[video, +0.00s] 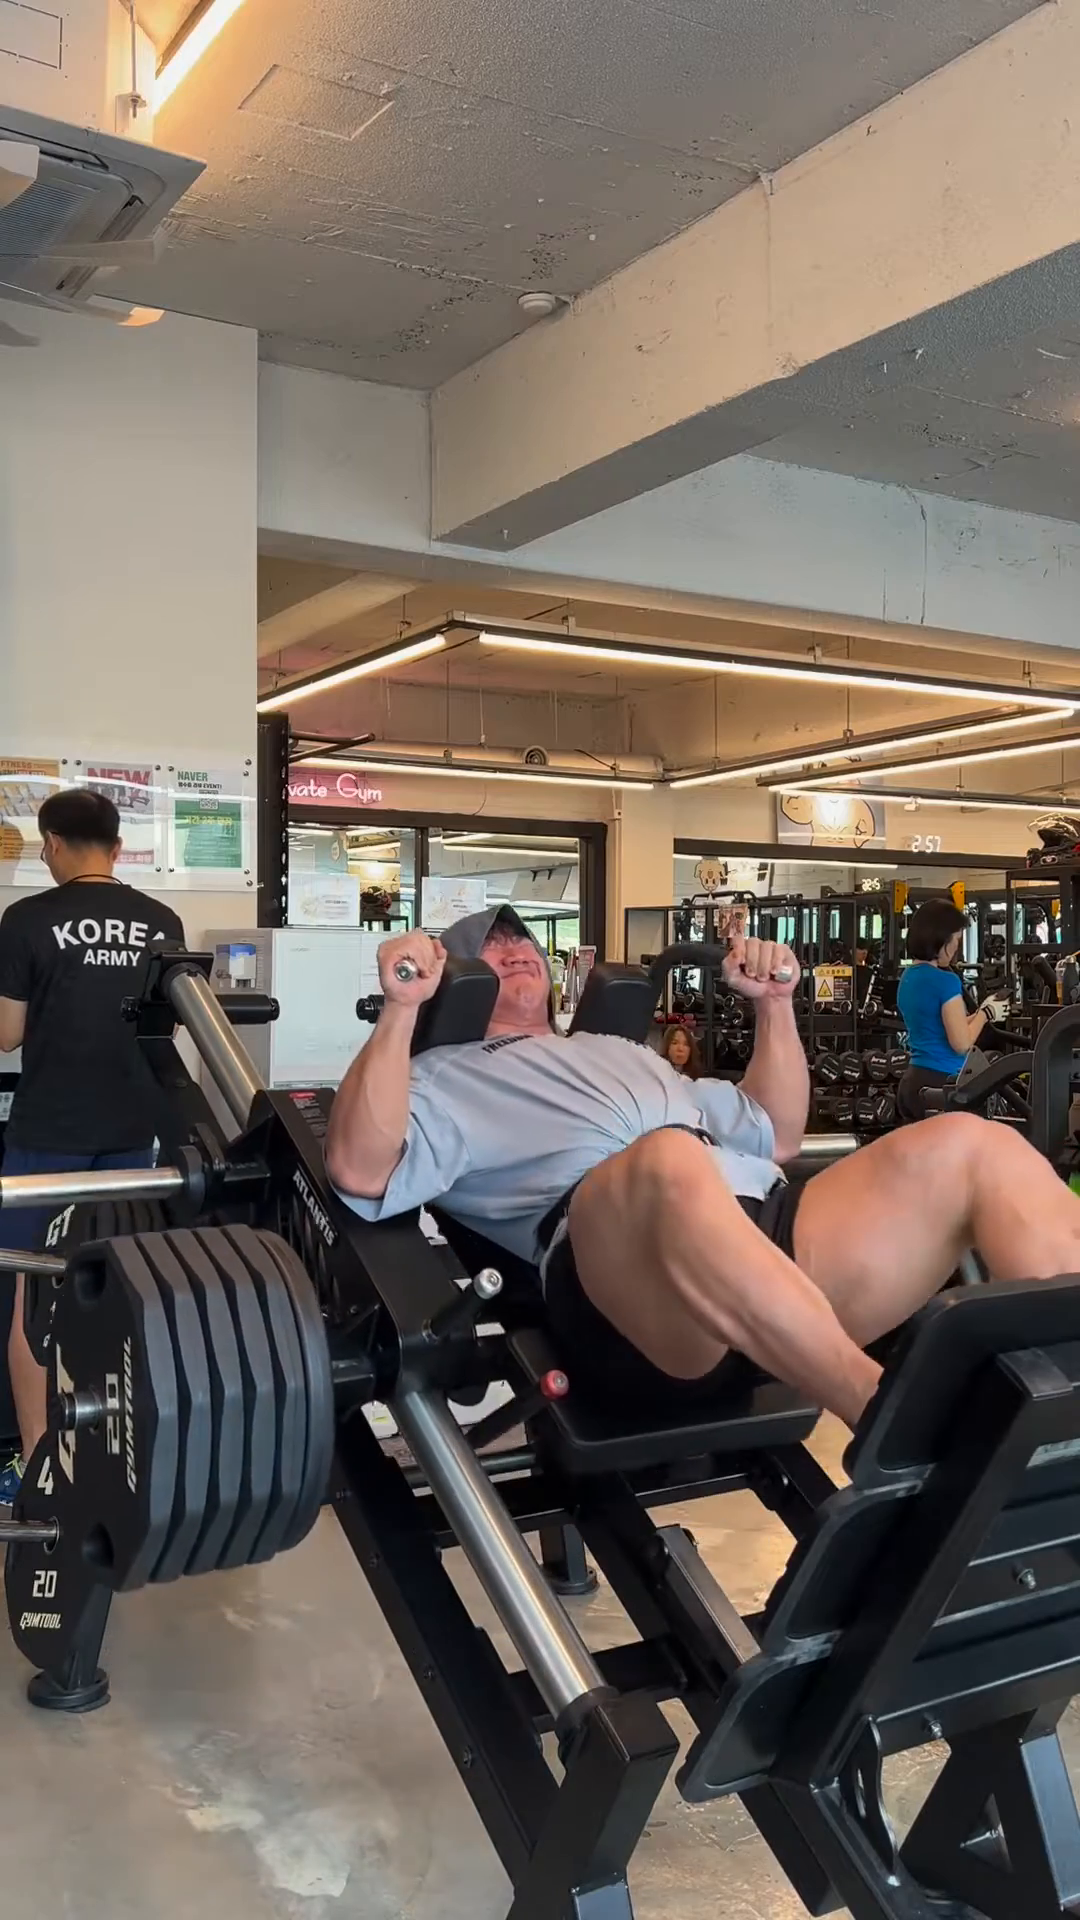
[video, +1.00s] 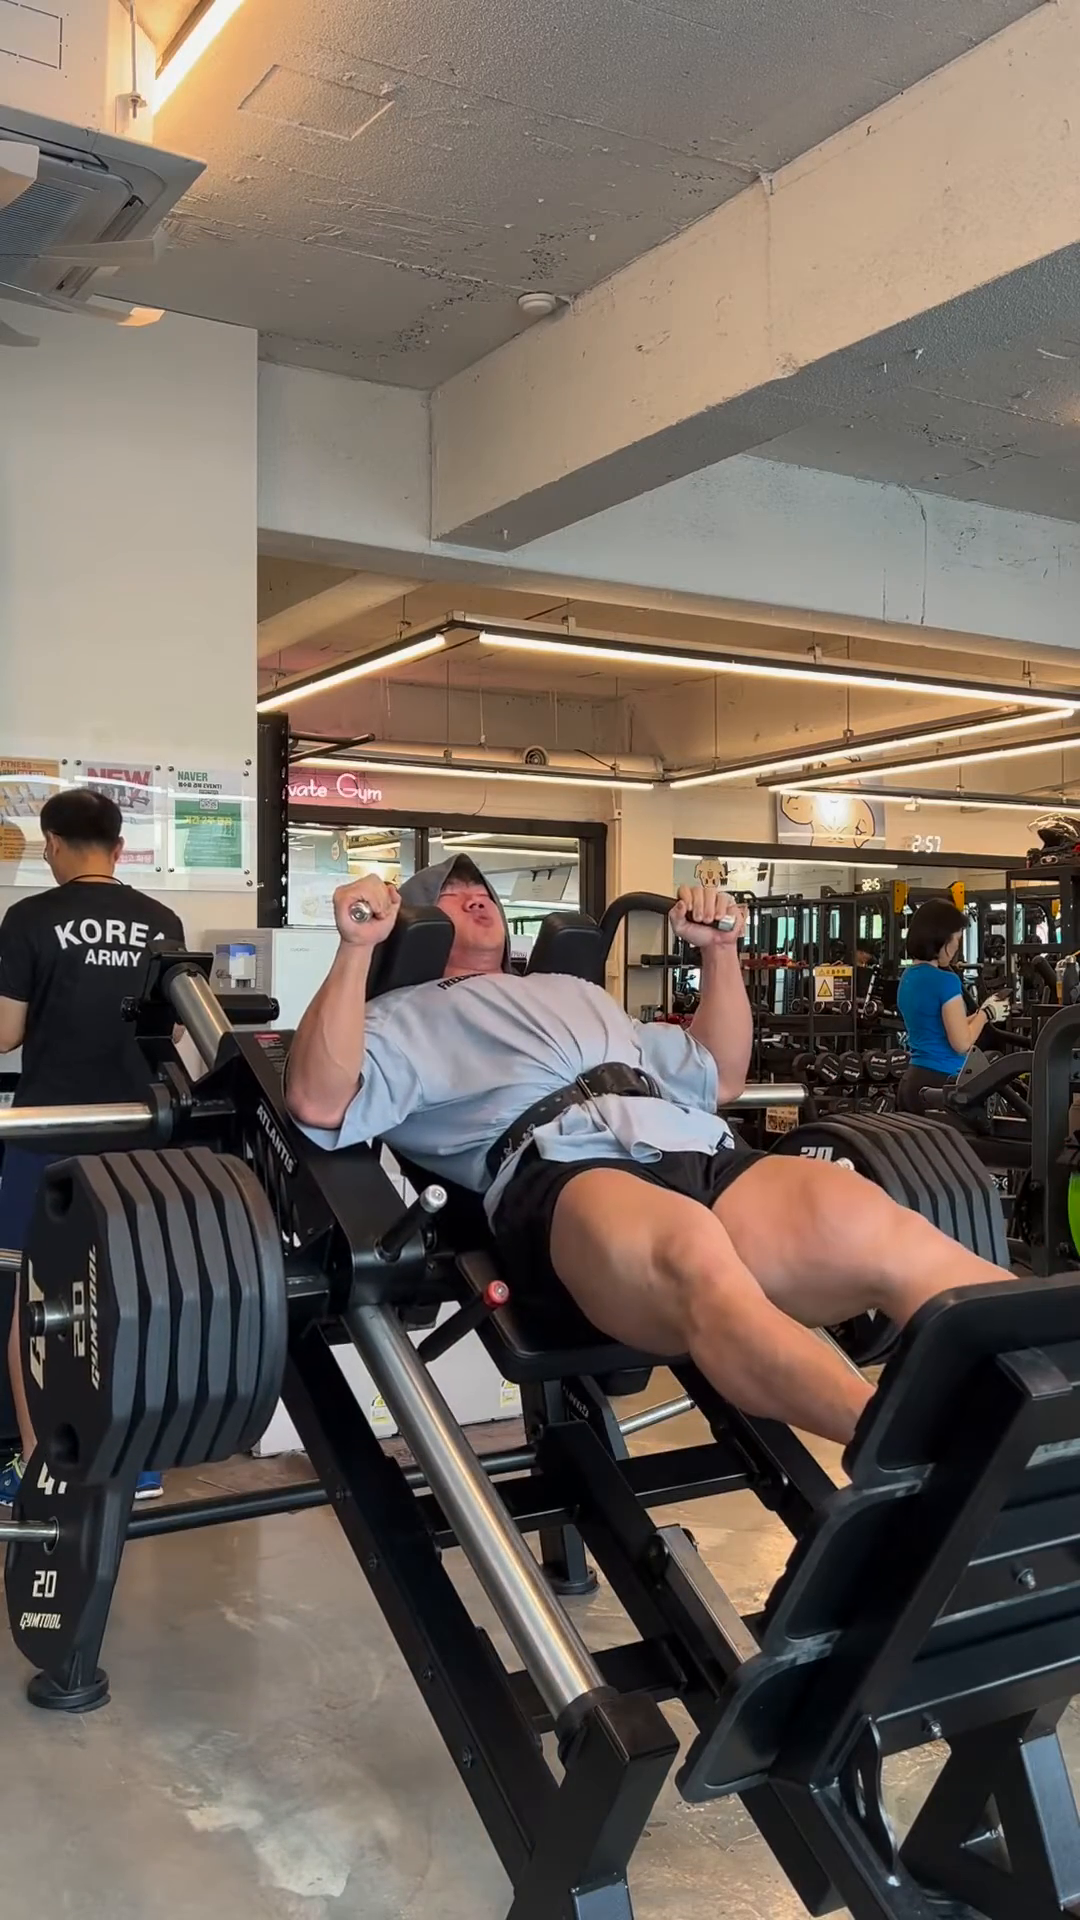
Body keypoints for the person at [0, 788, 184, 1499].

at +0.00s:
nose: (49, 858)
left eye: (47, 847)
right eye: (56, 848)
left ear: (50, 846)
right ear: (117, 848)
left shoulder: (29, 919)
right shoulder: (164, 921)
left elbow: (9, 1032)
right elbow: (170, 1021)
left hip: (50, 1130)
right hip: (142, 1128)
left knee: (23, 1297)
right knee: (128, 1287)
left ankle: (41, 1458)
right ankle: (131, 1445)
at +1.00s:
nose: (51, 857)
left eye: (49, 846)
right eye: (61, 847)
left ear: (51, 846)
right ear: (119, 848)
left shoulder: (31, 918)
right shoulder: (164, 921)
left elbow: (6, 1033)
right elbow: (176, 1029)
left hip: (46, 1139)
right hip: (138, 1141)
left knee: (30, 1299)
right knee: (135, 1297)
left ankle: (36, 1459)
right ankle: (139, 1465)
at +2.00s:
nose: (49, 858)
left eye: (46, 848)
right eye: (53, 849)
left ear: (52, 847)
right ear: (118, 847)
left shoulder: (33, 917)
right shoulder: (165, 920)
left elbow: (8, 1032)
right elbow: (179, 1031)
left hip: (47, 1139)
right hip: (139, 1141)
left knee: (29, 1299)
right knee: (133, 1297)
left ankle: (36, 1458)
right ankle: (136, 1463)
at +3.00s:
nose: (38, 860)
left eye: (36, 850)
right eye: (40, 851)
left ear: (45, 848)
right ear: (109, 847)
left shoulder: (27, 919)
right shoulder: (159, 919)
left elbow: (9, 1036)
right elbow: (178, 1030)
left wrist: (62, 1030)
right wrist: (118, 1031)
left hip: (50, 1130)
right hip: (137, 1130)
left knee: (31, 1296)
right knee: (123, 1290)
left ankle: (41, 1463)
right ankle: (127, 1453)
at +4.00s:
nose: (45, 861)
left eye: (43, 851)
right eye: (48, 851)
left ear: (49, 849)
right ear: (114, 847)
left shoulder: (33, 919)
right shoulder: (162, 920)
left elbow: (12, 1037)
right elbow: (182, 1030)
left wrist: (61, 1027)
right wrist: (120, 1026)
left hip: (51, 1131)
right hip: (137, 1132)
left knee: (30, 1297)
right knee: (121, 1287)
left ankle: (39, 1461)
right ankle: (121, 1449)